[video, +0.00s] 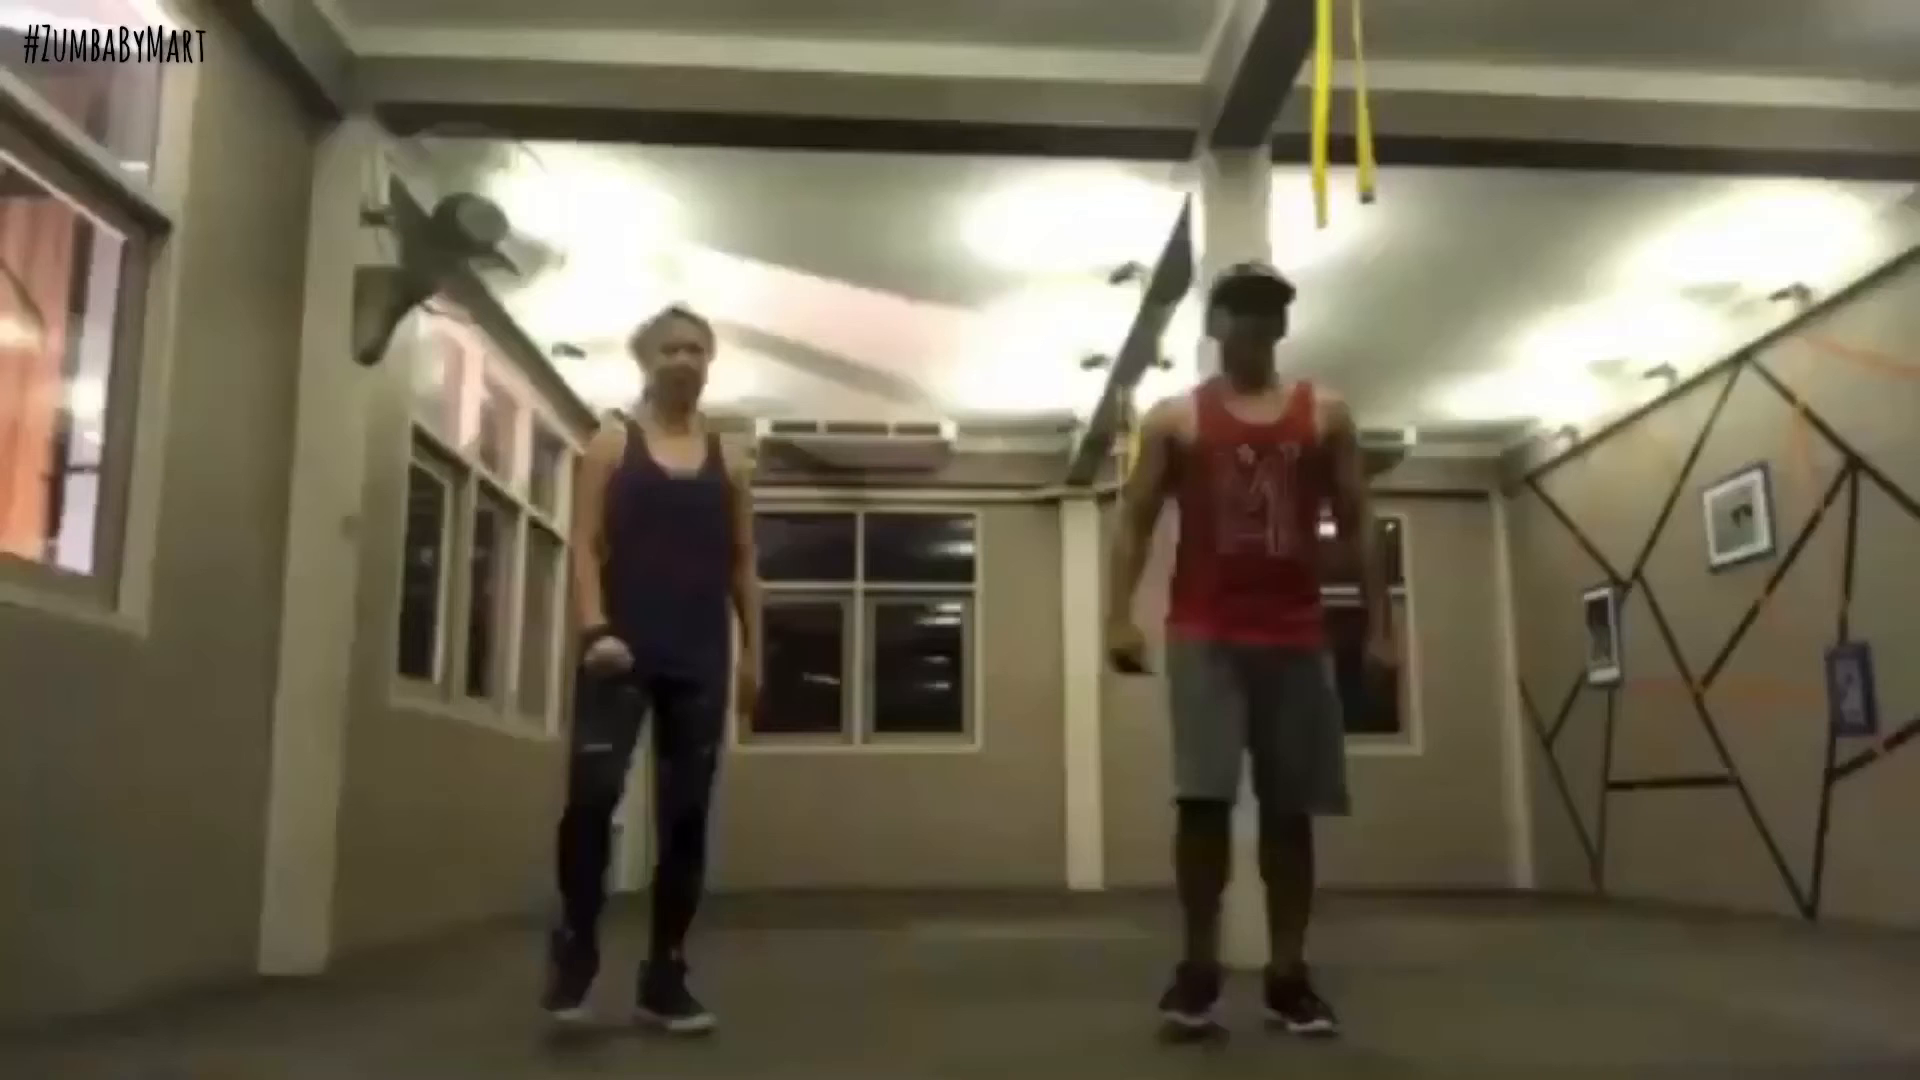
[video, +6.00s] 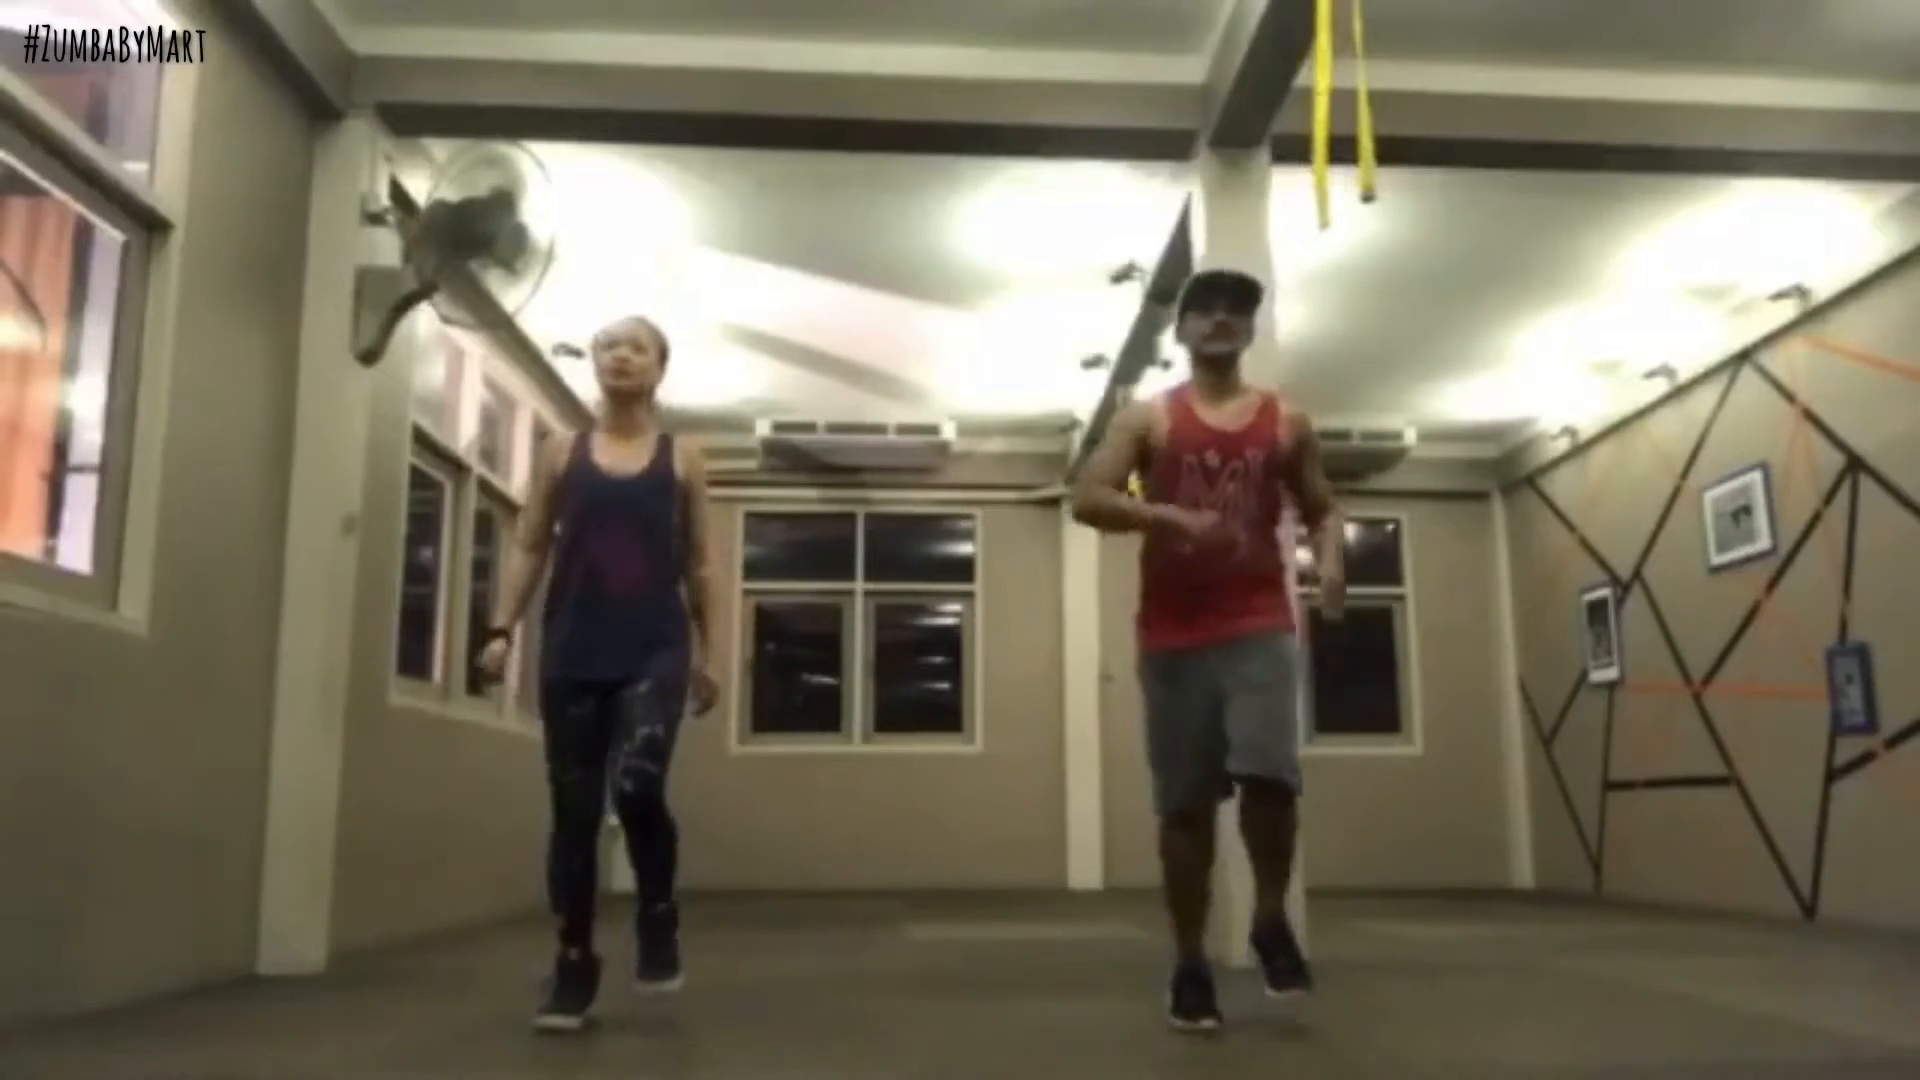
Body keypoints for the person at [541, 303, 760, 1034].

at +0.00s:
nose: (685, 361)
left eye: (695, 350)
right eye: (672, 350)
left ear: (711, 363)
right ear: (645, 360)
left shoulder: (725, 452)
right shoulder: (610, 444)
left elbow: (743, 562)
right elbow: (586, 544)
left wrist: (752, 653)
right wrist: (594, 629)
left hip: (701, 657)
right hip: (623, 652)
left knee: (686, 819)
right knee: (590, 803)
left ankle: (665, 973)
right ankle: (575, 963)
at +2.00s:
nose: (666, 343)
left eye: (682, 335)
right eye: (656, 334)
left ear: (706, 358)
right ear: (642, 354)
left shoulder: (730, 450)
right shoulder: (610, 450)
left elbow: (757, 550)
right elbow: (584, 550)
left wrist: (765, 624)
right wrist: (563, 641)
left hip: (704, 656)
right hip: (618, 654)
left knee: (697, 818)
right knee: (591, 808)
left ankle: (692, 979)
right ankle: (591, 965)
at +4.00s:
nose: (633, 379)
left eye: (646, 365)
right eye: (622, 364)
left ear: (670, 367)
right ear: (602, 366)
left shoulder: (697, 456)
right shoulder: (572, 454)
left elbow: (718, 556)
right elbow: (536, 552)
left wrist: (728, 641)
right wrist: (511, 642)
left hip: (672, 655)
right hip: (589, 656)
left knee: (654, 791)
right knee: (591, 813)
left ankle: (659, 950)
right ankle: (594, 964)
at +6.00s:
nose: (620, 358)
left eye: (636, 349)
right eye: (611, 348)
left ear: (660, 370)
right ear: (594, 364)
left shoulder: (682, 458)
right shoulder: (562, 453)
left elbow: (701, 564)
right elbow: (530, 545)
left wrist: (709, 655)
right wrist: (503, 626)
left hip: (656, 653)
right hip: (573, 653)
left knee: (635, 788)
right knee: (574, 811)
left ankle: (657, 919)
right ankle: (574, 961)